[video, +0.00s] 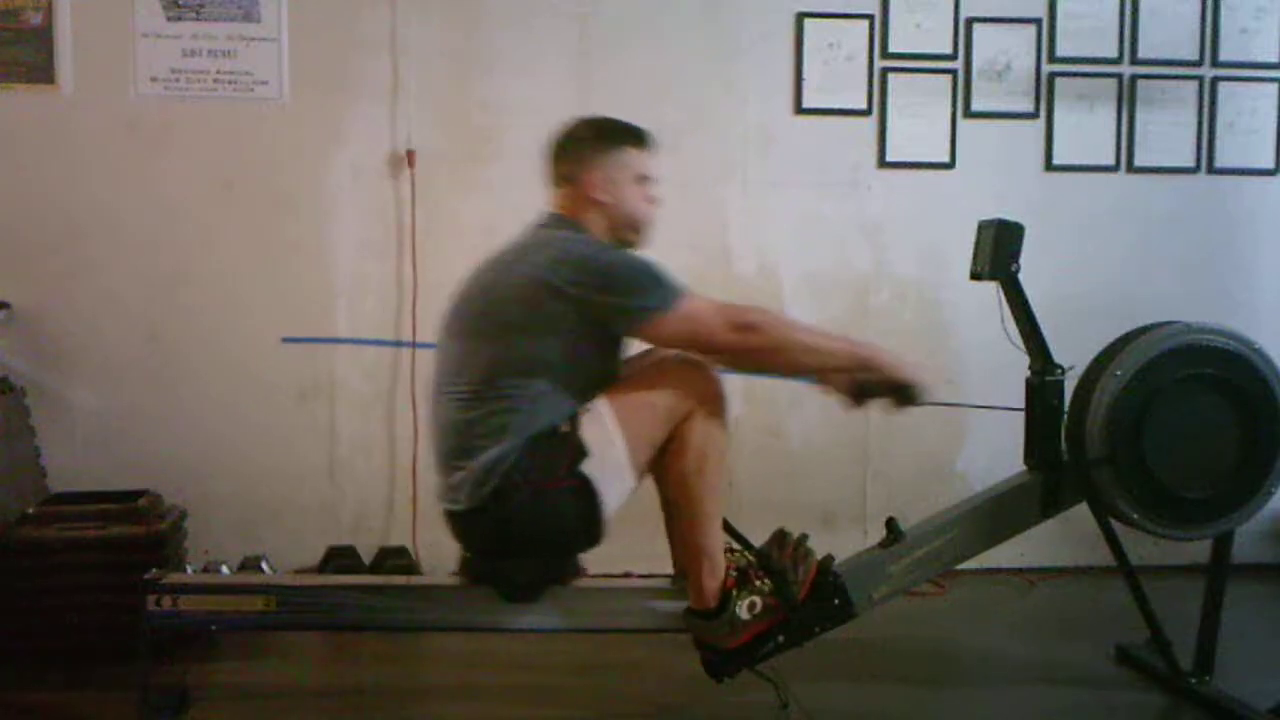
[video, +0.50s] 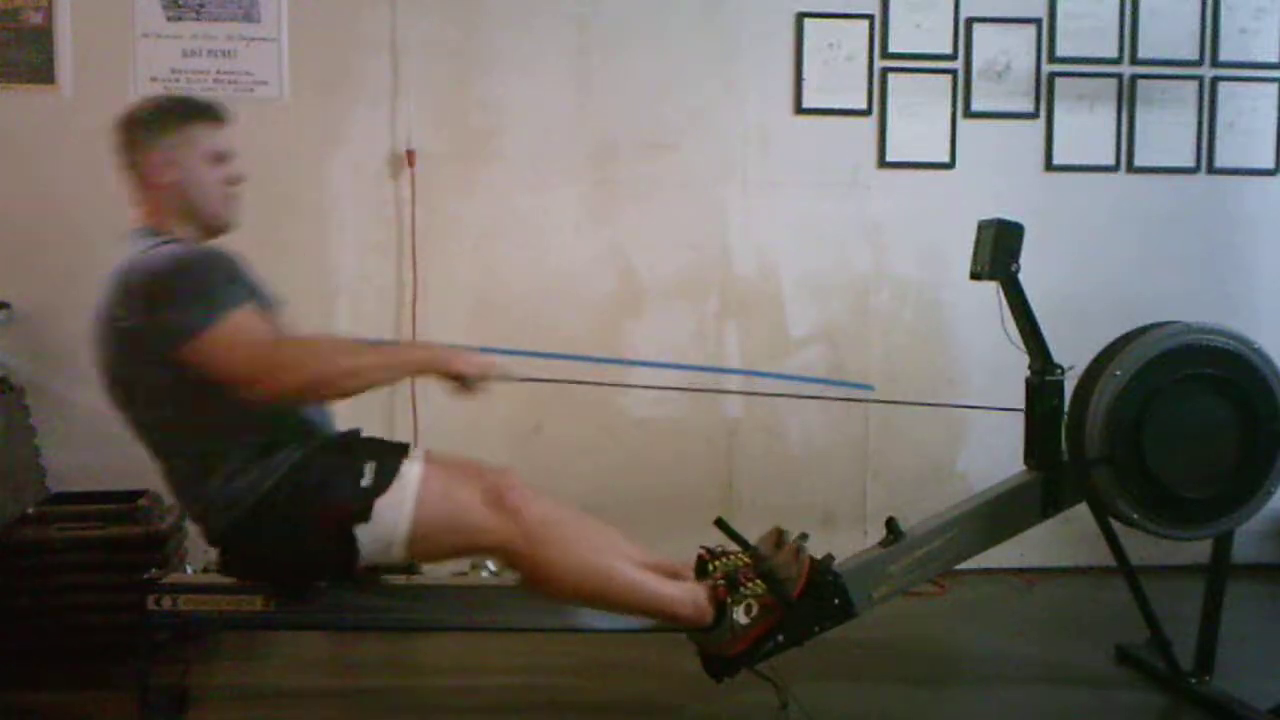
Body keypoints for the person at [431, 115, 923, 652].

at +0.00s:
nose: (655, 200)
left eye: (653, 183)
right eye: (643, 182)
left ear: (593, 189)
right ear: (594, 187)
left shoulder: (543, 258)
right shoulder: (578, 263)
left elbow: (714, 332)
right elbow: (726, 333)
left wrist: (828, 370)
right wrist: (864, 357)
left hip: (491, 514)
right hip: (519, 513)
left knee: (677, 372)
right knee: (692, 382)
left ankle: (708, 587)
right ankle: (715, 609)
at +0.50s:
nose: (235, 174)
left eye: (231, 158)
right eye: (216, 159)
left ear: (178, 175)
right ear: (154, 176)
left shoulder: (188, 267)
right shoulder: (167, 273)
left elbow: (280, 369)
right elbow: (267, 372)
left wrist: (411, 358)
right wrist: (424, 358)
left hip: (295, 476)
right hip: (275, 499)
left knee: (503, 491)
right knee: (501, 512)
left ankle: (701, 588)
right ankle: (710, 616)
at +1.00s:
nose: (197, 203)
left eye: (195, 188)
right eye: (179, 188)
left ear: (143, 199)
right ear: (115, 197)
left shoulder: (154, 292)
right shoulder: (100, 299)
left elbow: (166, 417)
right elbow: (107, 440)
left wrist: (278, 385)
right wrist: (248, 373)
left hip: (301, 470)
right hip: (275, 502)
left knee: (502, 506)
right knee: (494, 527)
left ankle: (708, 593)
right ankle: (708, 610)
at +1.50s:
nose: (378, 188)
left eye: (376, 169)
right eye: (362, 167)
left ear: (304, 172)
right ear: (302, 169)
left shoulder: (276, 255)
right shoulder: (288, 263)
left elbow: (424, 352)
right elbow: (429, 351)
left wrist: (554, 406)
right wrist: (560, 406)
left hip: (319, 488)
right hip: (315, 502)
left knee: (538, 461)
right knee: (538, 466)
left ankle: (703, 587)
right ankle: (708, 616)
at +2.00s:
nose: (613, 204)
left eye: (610, 187)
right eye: (599, 186)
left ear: (547, 193)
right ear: (549, 191)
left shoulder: (497, 261)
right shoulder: (528, 266)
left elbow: (665, 346)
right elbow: (680, 348)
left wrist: (787, 392)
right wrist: (823, 390)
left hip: (456, 520)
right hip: (481, 521)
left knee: (653, 380)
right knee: (663, 392)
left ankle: (705, 582)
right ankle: (714, 606)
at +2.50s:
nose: (663, 197)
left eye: (659, 181)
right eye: (650, 180)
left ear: (599, 191)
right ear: (601, 190)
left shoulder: (553, 256)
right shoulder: (591, 263)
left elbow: (729, 326)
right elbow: (742, 335)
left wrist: (844, 369)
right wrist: (880, 358)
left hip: (497, 501)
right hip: (524, 503)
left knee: (688, 366)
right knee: (700, 382)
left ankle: (705, 583)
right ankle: (712, 603)